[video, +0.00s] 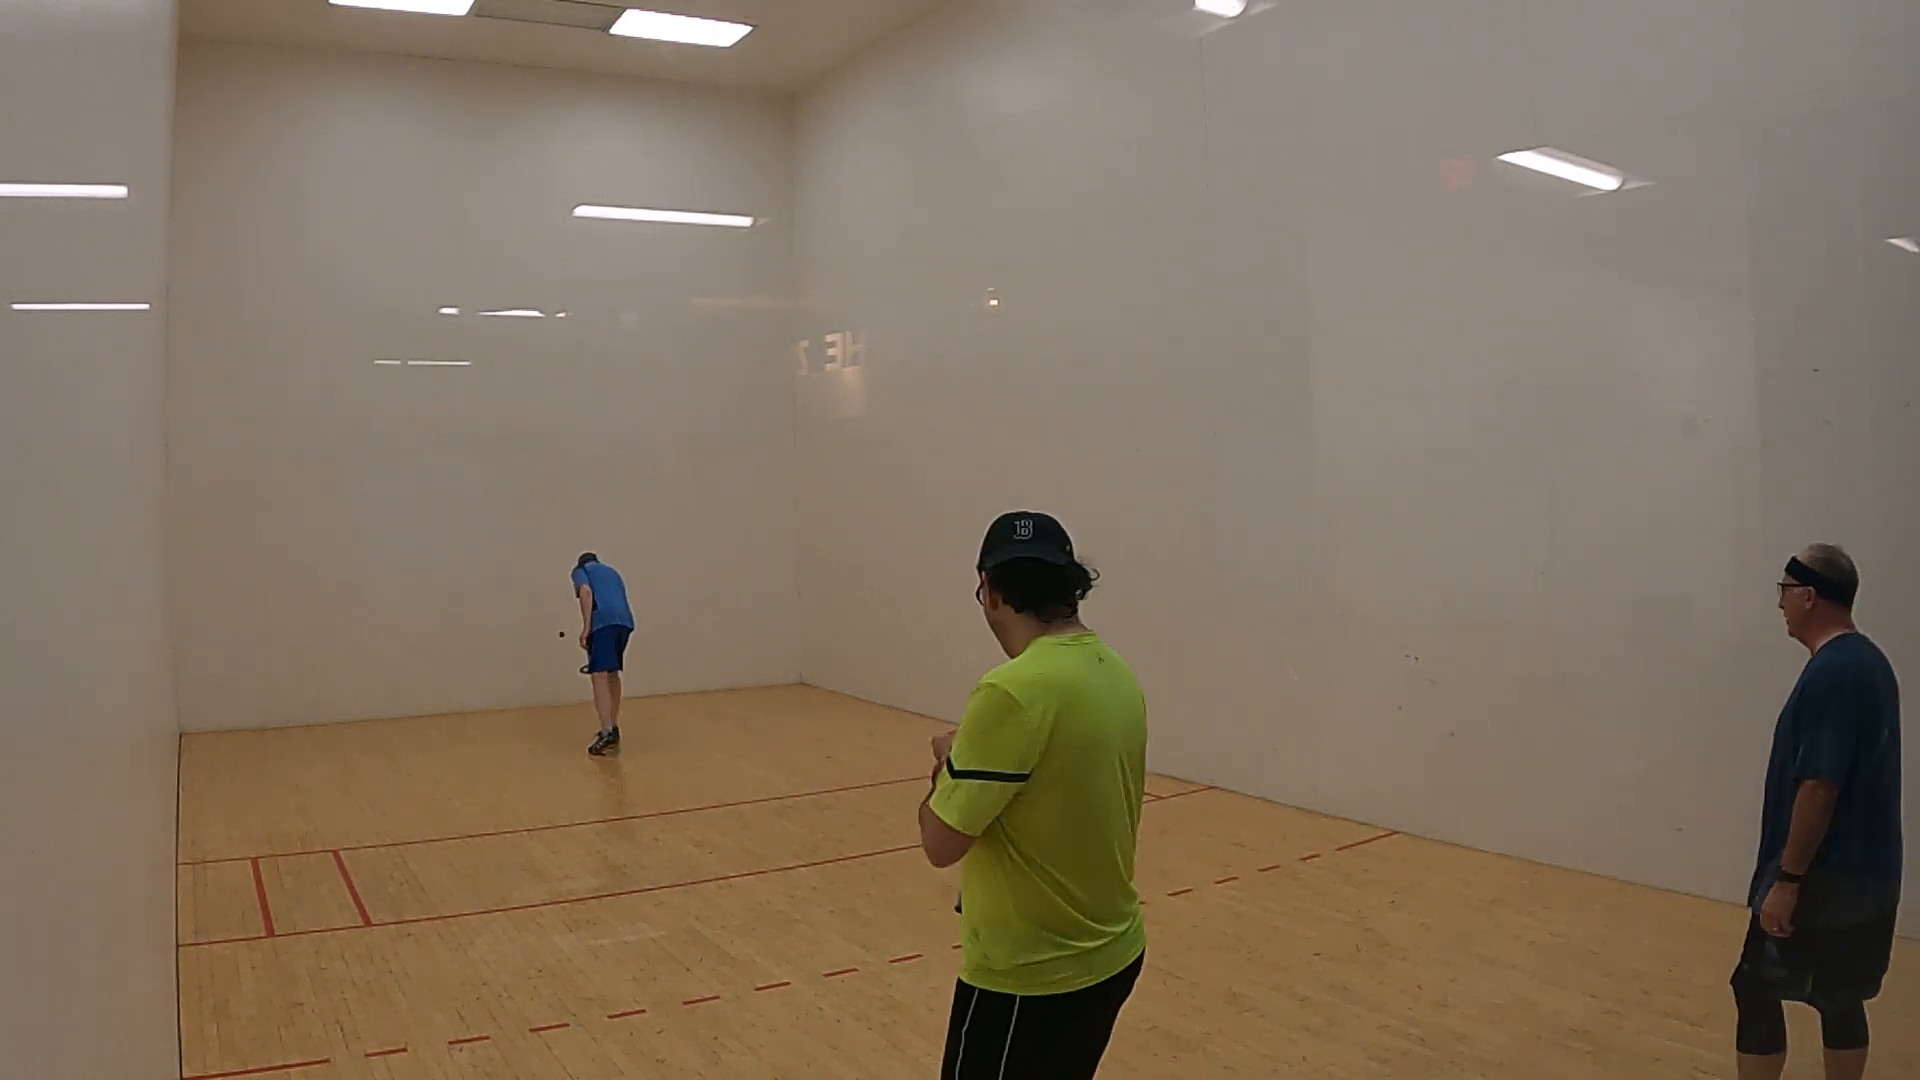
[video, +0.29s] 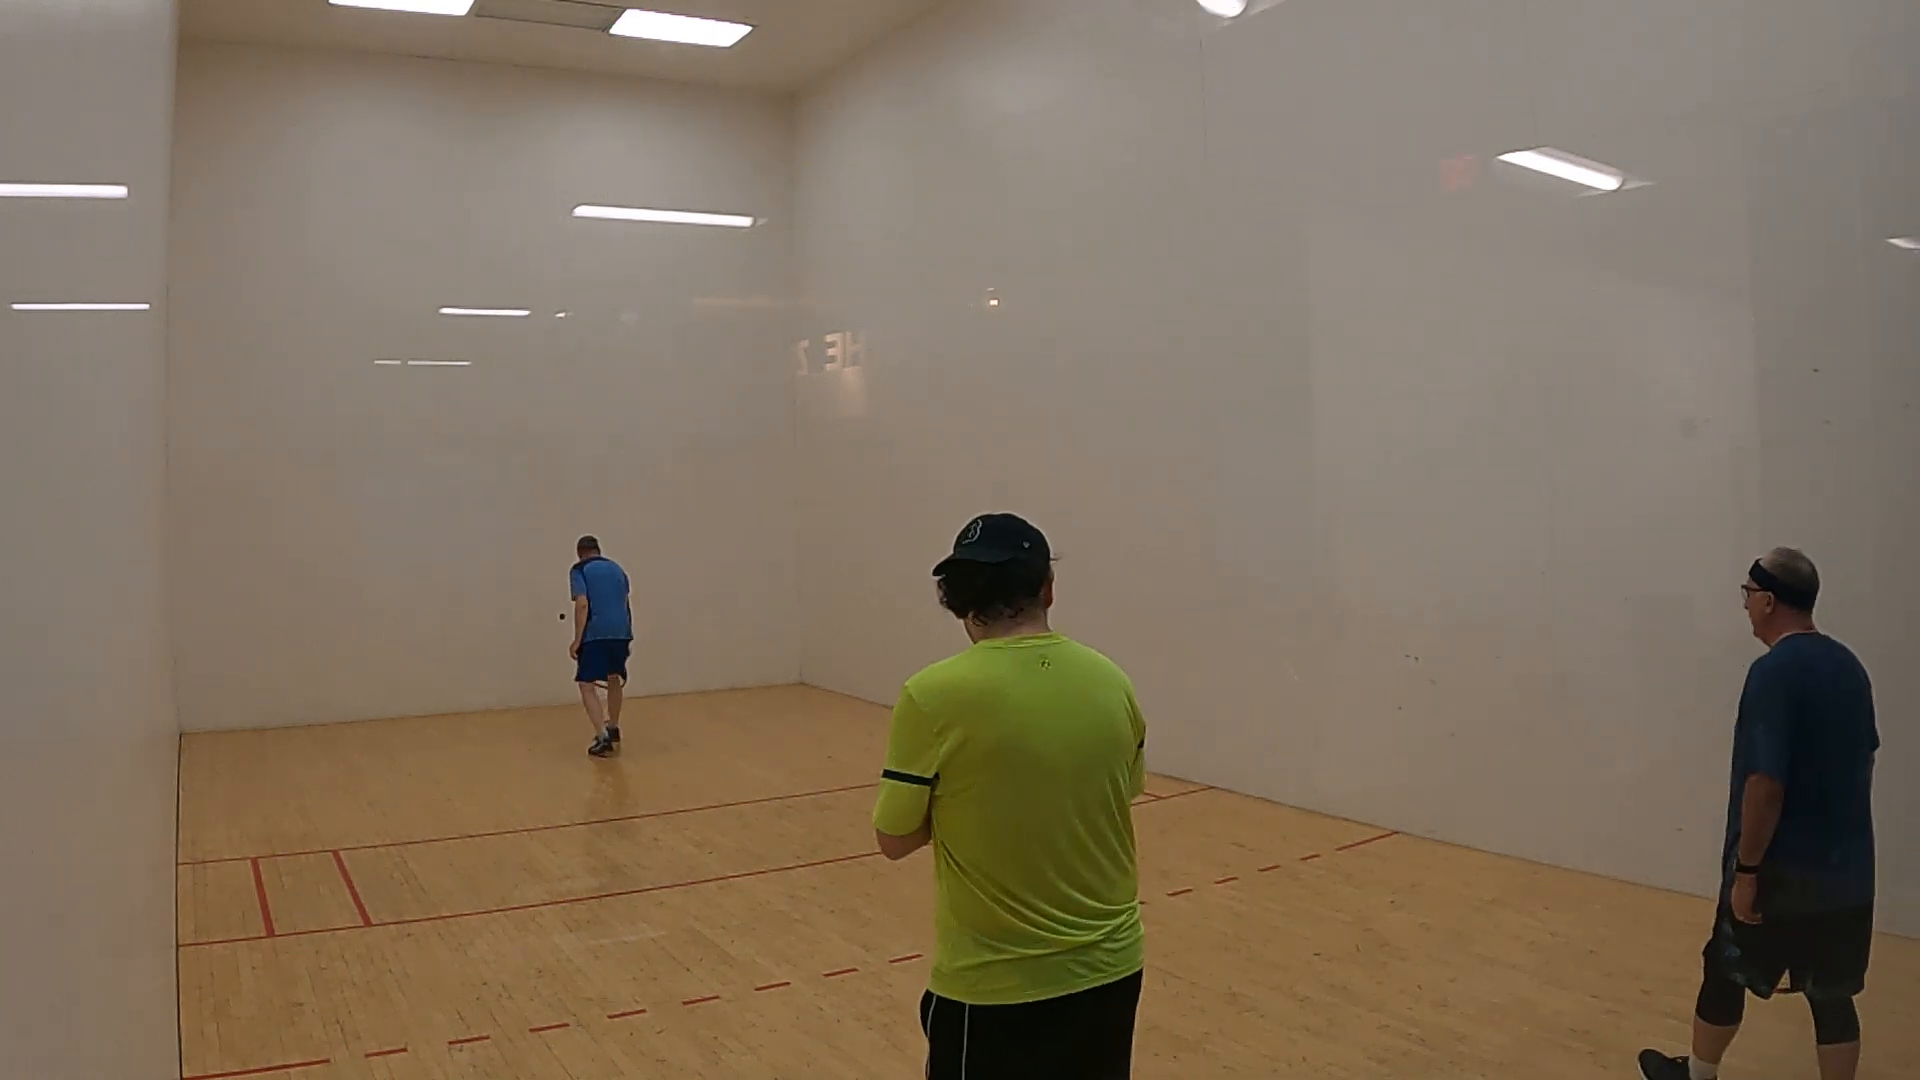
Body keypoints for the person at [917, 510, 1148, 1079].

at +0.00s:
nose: (981, 604)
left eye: (980, 589)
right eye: (981, 589)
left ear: (990, 591)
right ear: (1067, 590)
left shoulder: (1013, 693)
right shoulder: (1112, 671)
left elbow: (941, 845)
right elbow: (1073, 800)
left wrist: (945, 767)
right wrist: (981, 754)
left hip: (1025, 982)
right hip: (1107, 960)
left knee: (981, 1073)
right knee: (1063, 1071)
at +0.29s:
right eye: (1050, 577)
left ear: (957, 602)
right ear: (1048, 588)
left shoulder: (933, 695)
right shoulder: (1107, 678)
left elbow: (895, 838)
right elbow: (1126, 788)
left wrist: (966, 789)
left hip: (988, 1001)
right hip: (1108, 987)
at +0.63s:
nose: (1091, 589)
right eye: (1090, 578)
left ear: (995, 594)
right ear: (1084, 588)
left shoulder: (947, 696)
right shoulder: (1145, 690)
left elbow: (915, 837)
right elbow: (1156, 835)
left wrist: (990, 796)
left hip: (991, 1016)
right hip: (1123, 1011)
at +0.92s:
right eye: (1156, 588)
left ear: (1058, 595)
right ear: (1149, 595)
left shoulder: (1011, 698)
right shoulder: (1202, 697)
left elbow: (971, 832)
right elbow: (1207, 831)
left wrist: (1046, 791)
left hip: (1037, 1017)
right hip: (1168, 1010)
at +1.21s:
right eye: (1180, 589)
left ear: (1080, 598)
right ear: (1173, 598)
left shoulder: (1031, 700)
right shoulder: (1222, 699)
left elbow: (988, 833)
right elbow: (1228, 831)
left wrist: (1064, 794)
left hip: (1055, 1016)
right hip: (1184, 1011)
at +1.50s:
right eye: (1186, 585)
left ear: (1082, 599)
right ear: (1178, 596)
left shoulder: (1039, 703)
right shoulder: (1230, 701)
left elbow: (994, 838)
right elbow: (1232, 833)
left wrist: (1069, 796)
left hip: (1061, 1016)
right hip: (1188, 1010)